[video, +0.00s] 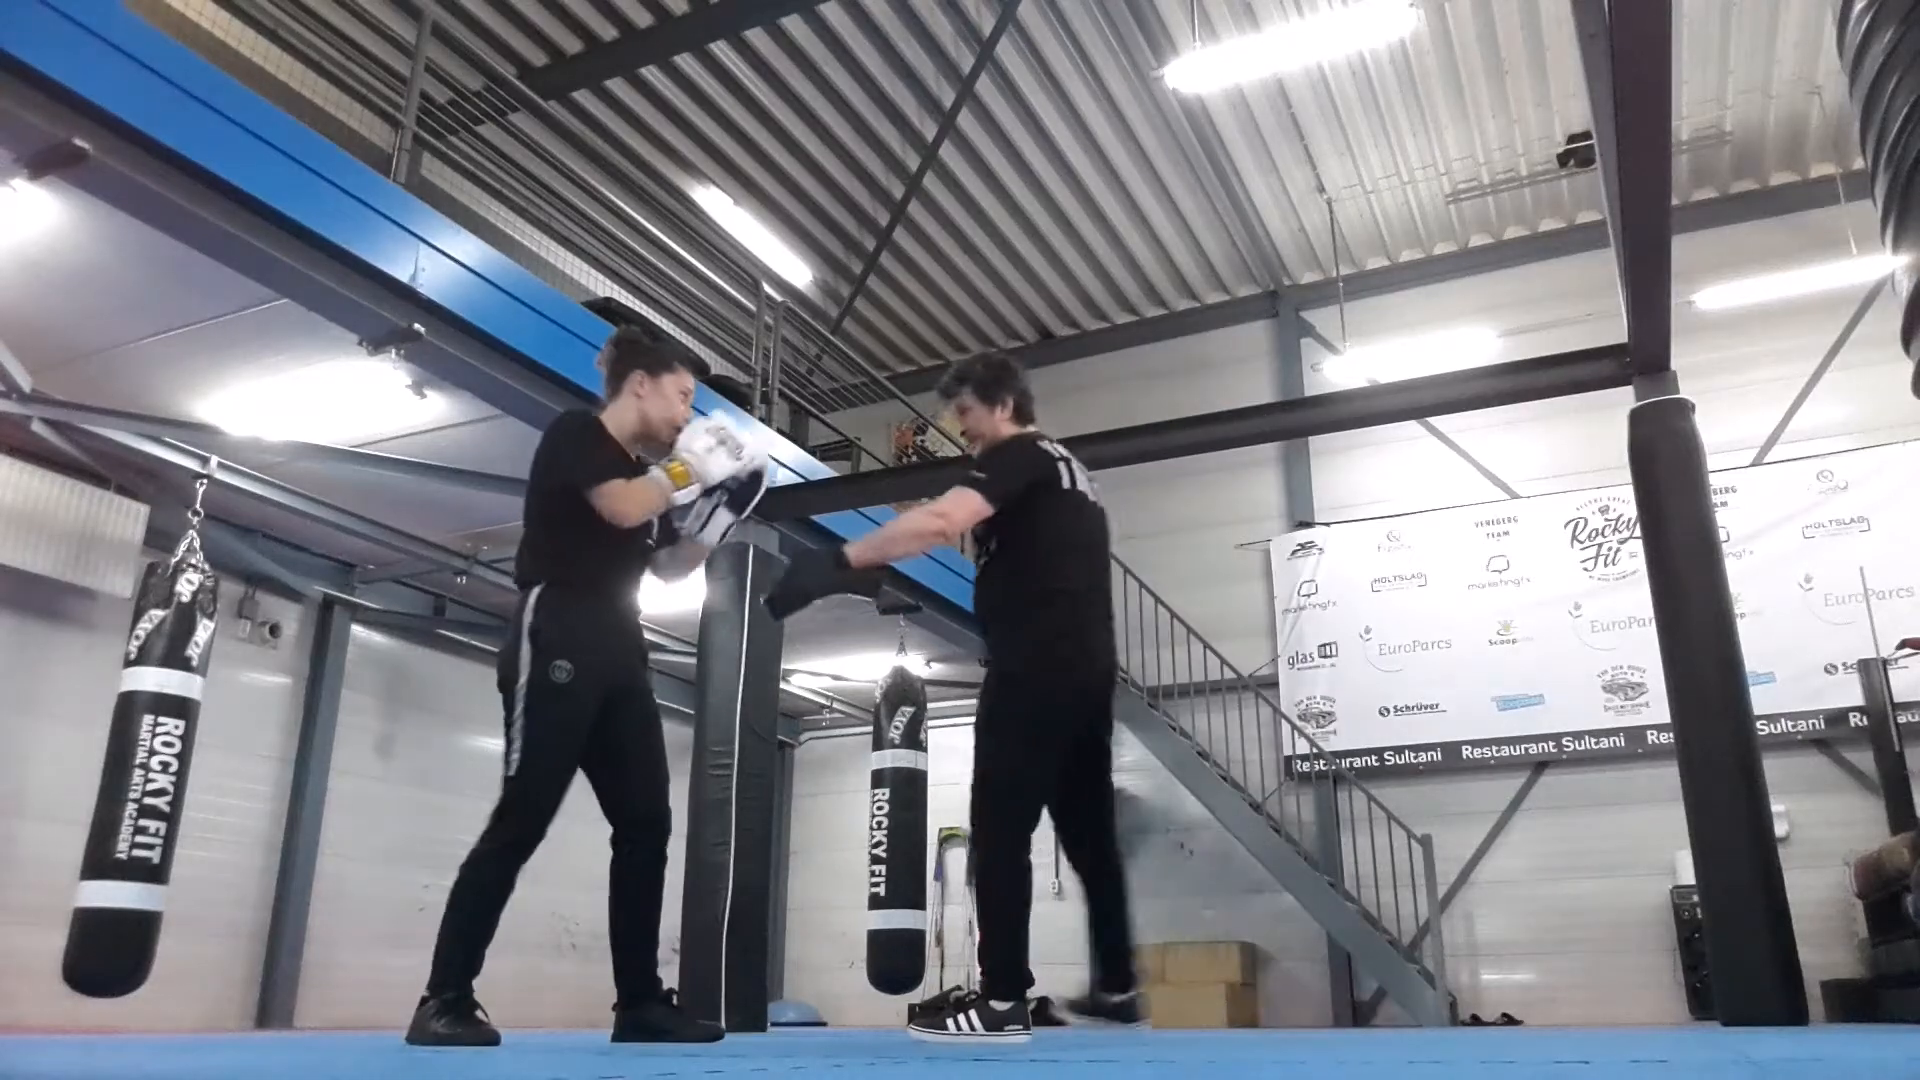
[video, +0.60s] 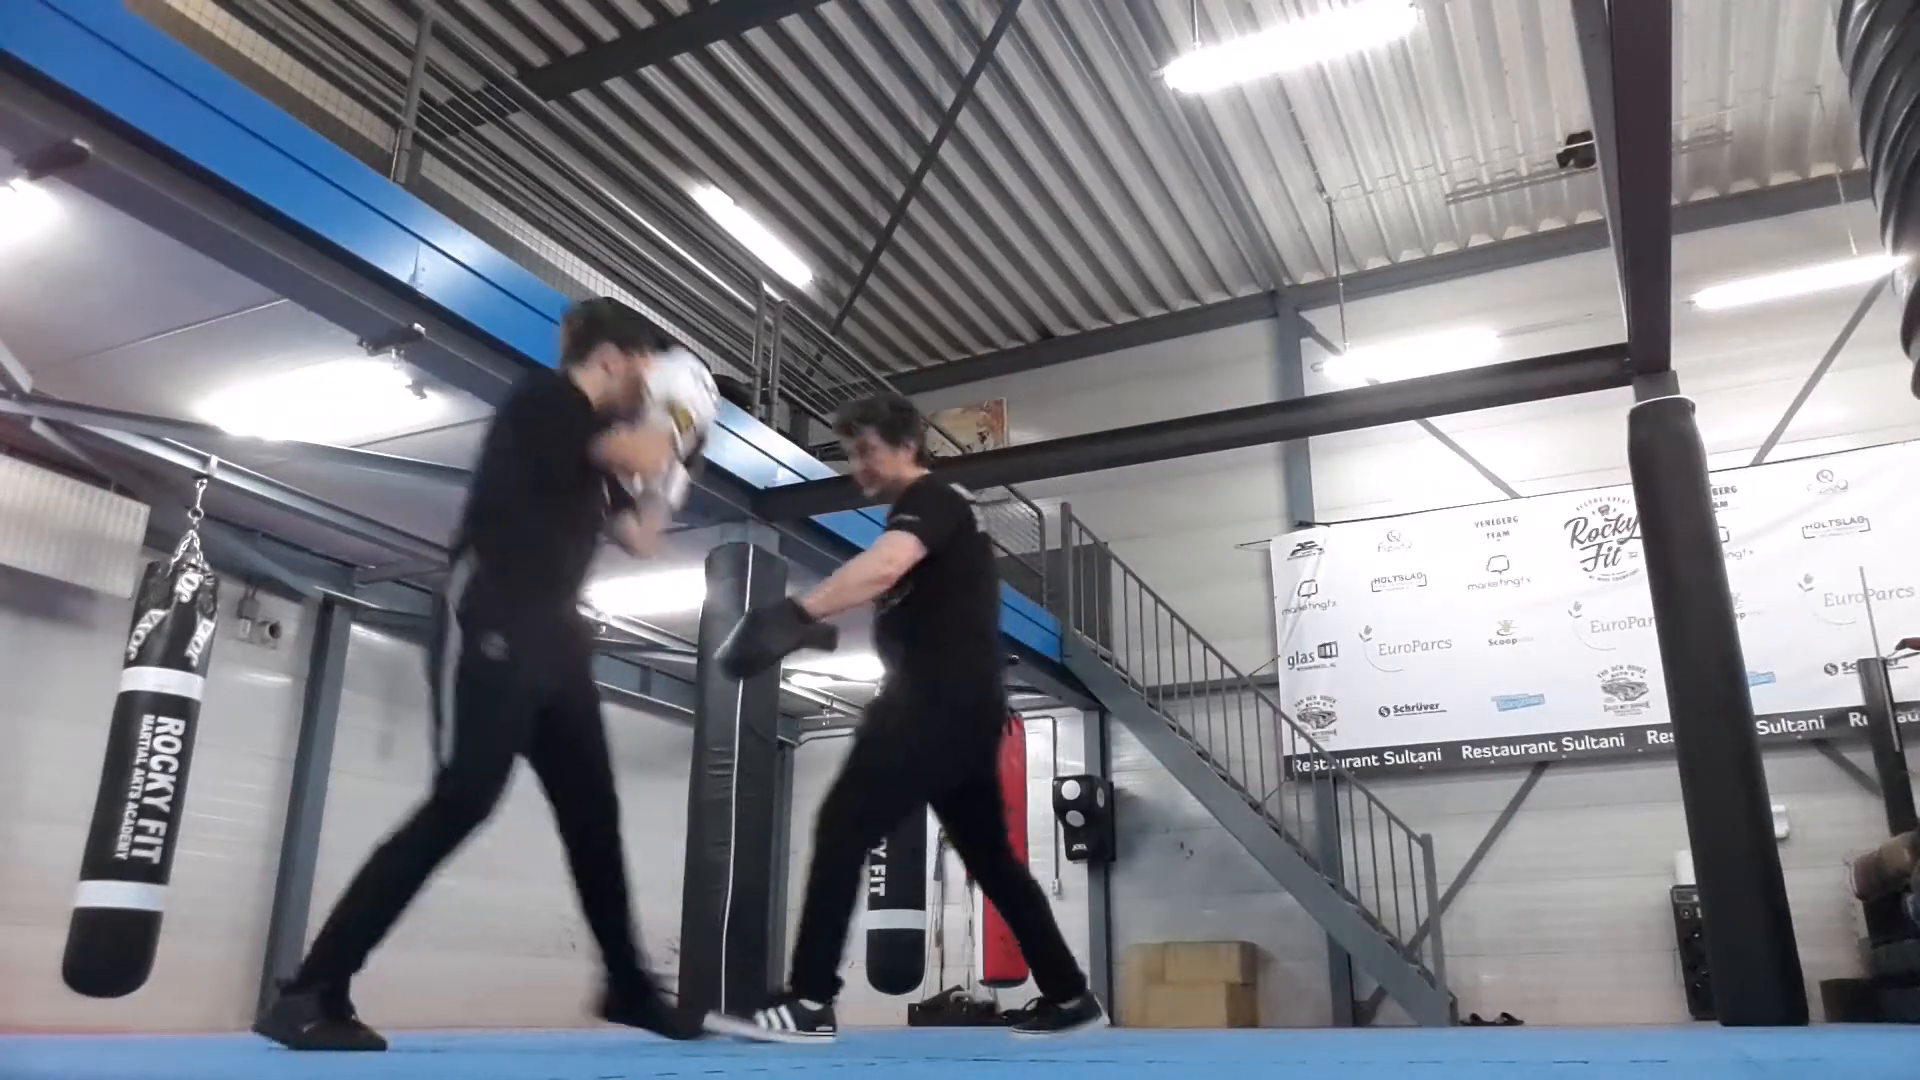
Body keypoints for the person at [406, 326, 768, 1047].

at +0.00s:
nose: (688, 415)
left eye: (692, 402)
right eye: (682, 396)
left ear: (646, 397)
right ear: (638, 385)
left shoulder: (639, 470)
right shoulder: (576, 432)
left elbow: (667, 569)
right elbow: (621, 505)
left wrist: (713, 517)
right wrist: (690, 466)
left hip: (616, 650)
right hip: (556, 641)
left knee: (645, 824)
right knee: (518, 822)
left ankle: (641, 1005)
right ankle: (444, 999)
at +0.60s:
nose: (643, 386)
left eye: (647, 375)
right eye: (640, 370)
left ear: (600, 362)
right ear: (606, 357)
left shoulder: (579, 431)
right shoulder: (547, 400)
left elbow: (635, 535)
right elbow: (630, 456)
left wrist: (661, 464)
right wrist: (674, 421)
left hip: (552, 626)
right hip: (500, 615)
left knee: (589, 810)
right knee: (465, 795)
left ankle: (629, 986)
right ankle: (314, 989)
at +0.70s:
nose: (624, 348)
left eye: (626, 337)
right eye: (621, 333)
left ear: (583, 322)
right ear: (586, 313)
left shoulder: (556, 397)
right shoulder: (524, 346)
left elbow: (603, 503)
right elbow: (602, 418)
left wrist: (668, 441)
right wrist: (646, 385)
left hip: (508, 575)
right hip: (451, 556)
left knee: (571, 762)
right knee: (441, 750)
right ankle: (298, 969)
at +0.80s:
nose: (602, 330)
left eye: (606, 316)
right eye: (597, 309)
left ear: (554, 303)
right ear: (557, 291)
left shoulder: (532, 379)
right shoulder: (492, 327)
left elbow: (558, 503)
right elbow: (557, 417)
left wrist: (641, 470)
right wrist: (618, 382)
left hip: (471, 572)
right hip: (420, 551)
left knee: (525, 768)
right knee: (406, 735)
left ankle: (401, 954)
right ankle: (211, 932)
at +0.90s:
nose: (568, 341)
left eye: (571, 326)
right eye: (565, 321)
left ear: (520, 307)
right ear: (521, 304)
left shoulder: (491, 392)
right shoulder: (450, 344)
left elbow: (481, 528)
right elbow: (494, 442)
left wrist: (586, 506)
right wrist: (567, 414)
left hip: (433, 604)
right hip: (387, 581)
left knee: (468, 812)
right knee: (320, 759)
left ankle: (357, 1002)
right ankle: (88, 946)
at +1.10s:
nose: (516, 319)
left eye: (519, 303)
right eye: (513, 298)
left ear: (467, 284)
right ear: (472, 277)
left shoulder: (426, 362)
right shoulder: (379, 298)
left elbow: (370, 482)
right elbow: (394, 395)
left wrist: (462, 498)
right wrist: (491, 385)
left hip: (350, 584)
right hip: (285, 557)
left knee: (390, 779)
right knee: (208, 750)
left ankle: (361, 985)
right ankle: (16, 970)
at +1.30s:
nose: (477, 241)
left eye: (482, 228)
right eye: (474, 218)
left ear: (432, 214)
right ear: (432, 190)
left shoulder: (397, 294)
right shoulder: (360, 198)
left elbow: (359, 434)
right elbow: (383, 278)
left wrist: (468, 411)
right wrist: (480, 287)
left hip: (296, 486)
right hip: (239, 441)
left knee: (346, 727)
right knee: (187, 681)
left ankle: (243, 959)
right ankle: (4, 935)